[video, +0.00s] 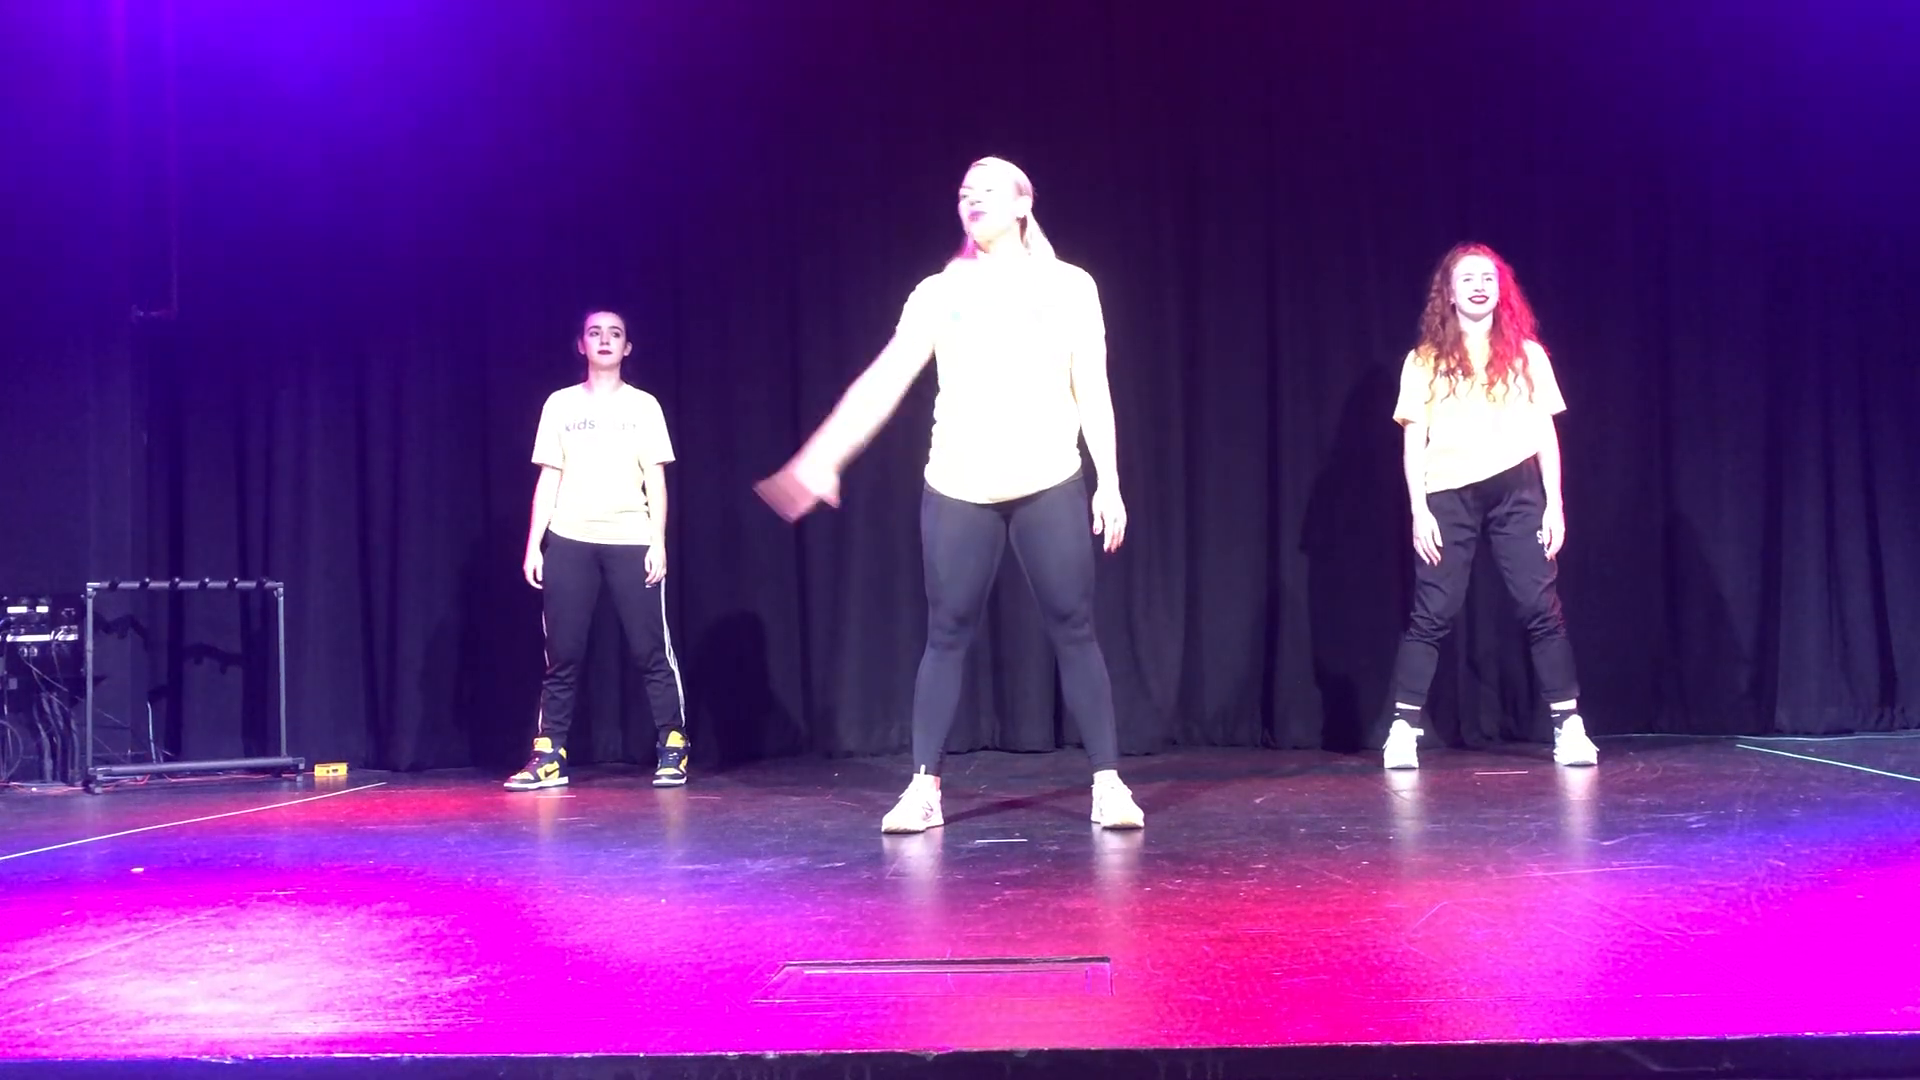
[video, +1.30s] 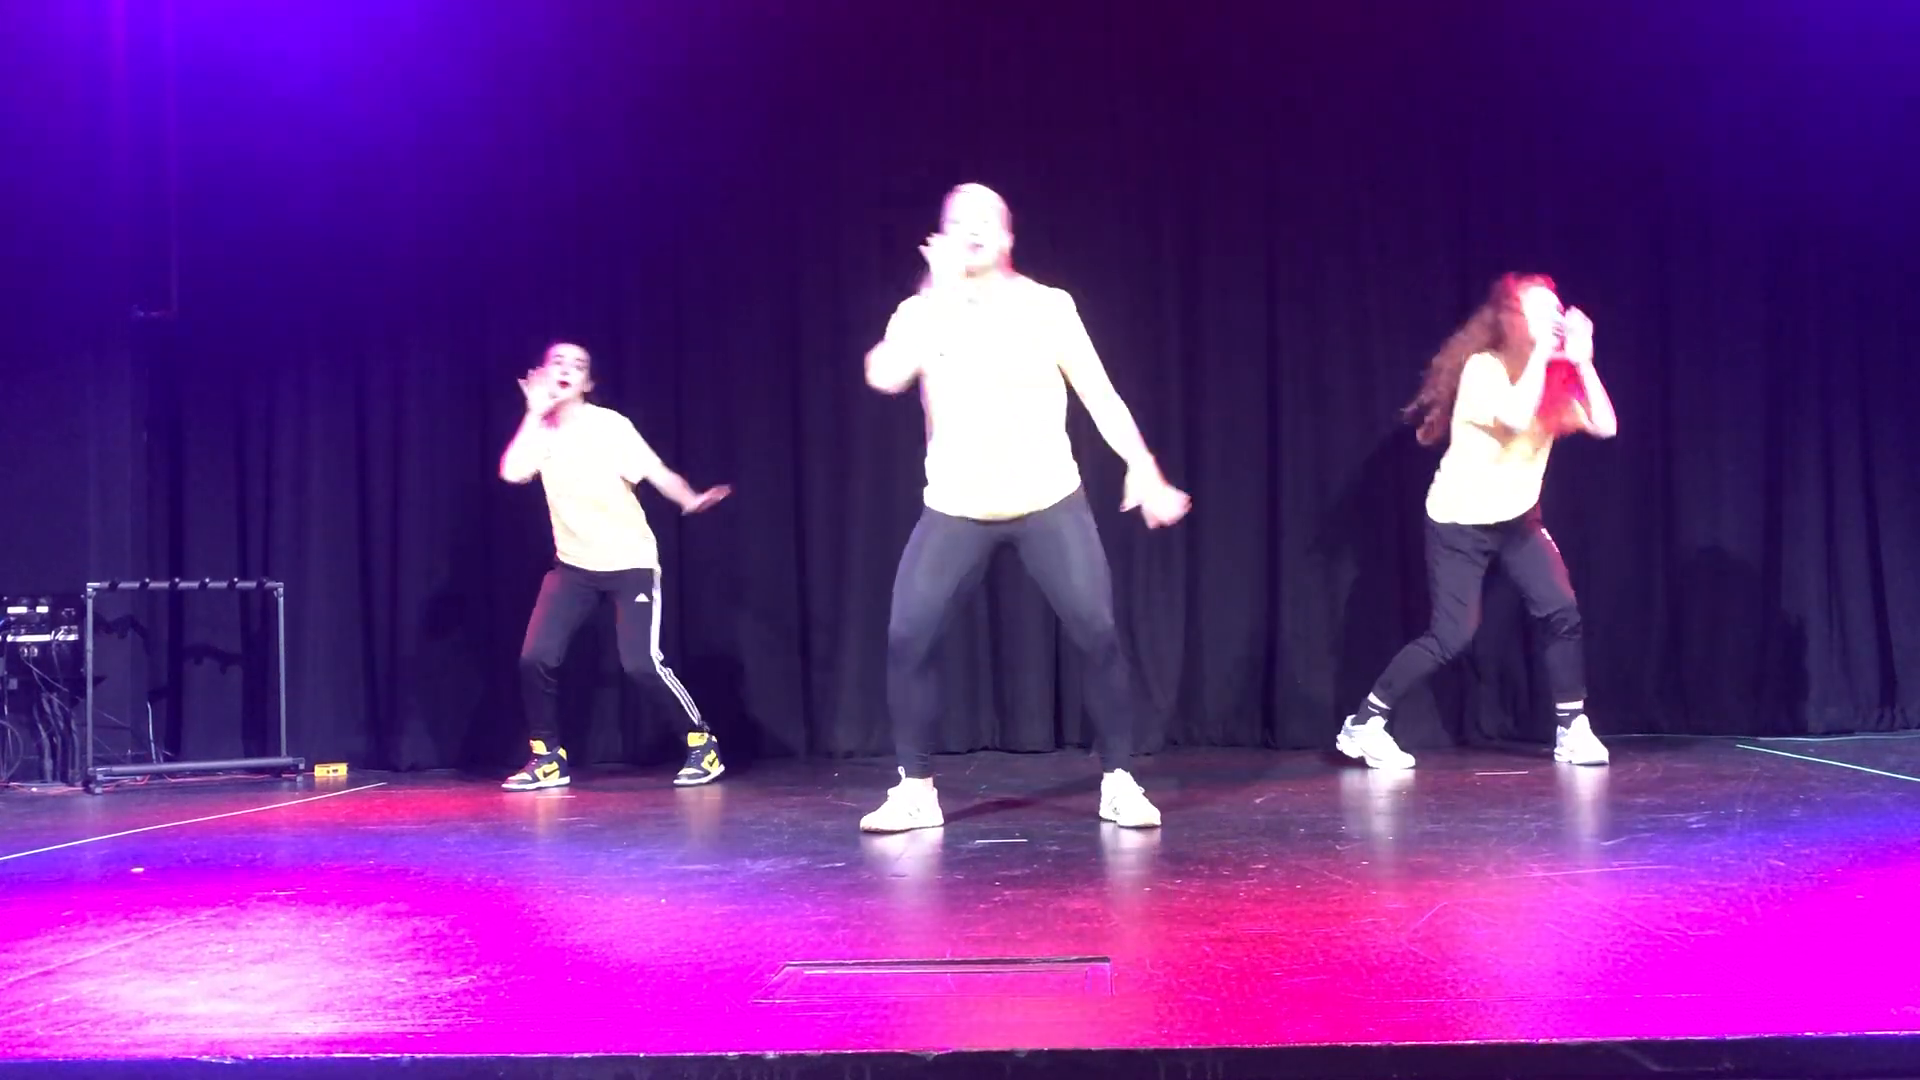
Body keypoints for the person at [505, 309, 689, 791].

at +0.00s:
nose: (604, 340)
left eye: (614, 333)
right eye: (596, 333)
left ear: (626, 346)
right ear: (582, 345)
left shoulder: (644, 405)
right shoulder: (559, 404)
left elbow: (655, 480)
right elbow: (549, 477)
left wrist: (658, 541)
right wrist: (533, 544)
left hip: (631, 542)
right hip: (569, 542)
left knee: (650, 651)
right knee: (561, 656)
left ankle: (672, 748)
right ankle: (550, 756)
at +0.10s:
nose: (600, 339)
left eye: (609, 332)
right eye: (591, 332)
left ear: (623, 345)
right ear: (578, 345)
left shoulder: (642, 403)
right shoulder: (558, 405)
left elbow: (654, 478)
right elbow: (544, 478)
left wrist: (656, 541)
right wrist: (521, 541)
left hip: (631, 541)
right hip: (569, 542)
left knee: (651, 650)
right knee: (560, 655)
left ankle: (673, 748)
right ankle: (550, 756)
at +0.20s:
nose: (582, 338)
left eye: (591, 331)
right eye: (573, 332)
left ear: (610, 345)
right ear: (562, 346)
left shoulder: (632, 399)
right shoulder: (553, 408)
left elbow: (649, 477)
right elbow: (526, 476)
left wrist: (651, 540)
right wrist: (478, 488)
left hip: (626, 538)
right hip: (569, 539)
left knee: (648, 652)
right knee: (558, 653)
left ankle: (672, 746)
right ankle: (550, 756)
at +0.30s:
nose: (549, 342)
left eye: (560, 334)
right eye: (541, 336)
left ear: (583, 347)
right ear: (535, 353)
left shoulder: (608, 398)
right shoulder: (540, 413)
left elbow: (637, 465)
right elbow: (497, 457)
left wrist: (645, 535)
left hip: (625, 541)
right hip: (574, 546)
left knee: (647, 653)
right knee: (556, 653)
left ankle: (673, 746)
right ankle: (549, 757)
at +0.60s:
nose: (486, 371)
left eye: (497, 362)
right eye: (482, 364)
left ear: (524, 373)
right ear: (481, 379)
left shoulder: (546, 415)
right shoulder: (509, 436)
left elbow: (590, 474)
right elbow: (466, 476)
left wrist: (609, 547)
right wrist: (472, 417)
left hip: (619, 541)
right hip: (579, 551)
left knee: (642, 649)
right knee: (555, 651)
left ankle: (696, 746)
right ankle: (549, 757)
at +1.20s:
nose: (535, 361)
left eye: (547, 354)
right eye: (528, 353)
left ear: (566, 368)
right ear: (519, 366)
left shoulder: (589, 411)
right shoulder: (528, 427)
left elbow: (633, 468)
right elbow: (493, 460)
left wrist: (651, 519)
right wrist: (512, 402)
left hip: (626, 552)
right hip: (574, 555)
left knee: (643, 655)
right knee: (544, 649)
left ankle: (707, 745)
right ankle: (548, 759)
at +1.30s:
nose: (565, 372)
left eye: (575, 366)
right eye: (557, 363)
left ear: (588, 382)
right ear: (541, 374)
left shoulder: (610, 426)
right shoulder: (539, 432)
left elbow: (655, 471)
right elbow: (512, 471)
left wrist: (688, 499)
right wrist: (535, 412)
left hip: (631, 564)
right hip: (574, 566)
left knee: (641, 662)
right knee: (536, 657)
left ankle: (703, 747)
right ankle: (548, 759)